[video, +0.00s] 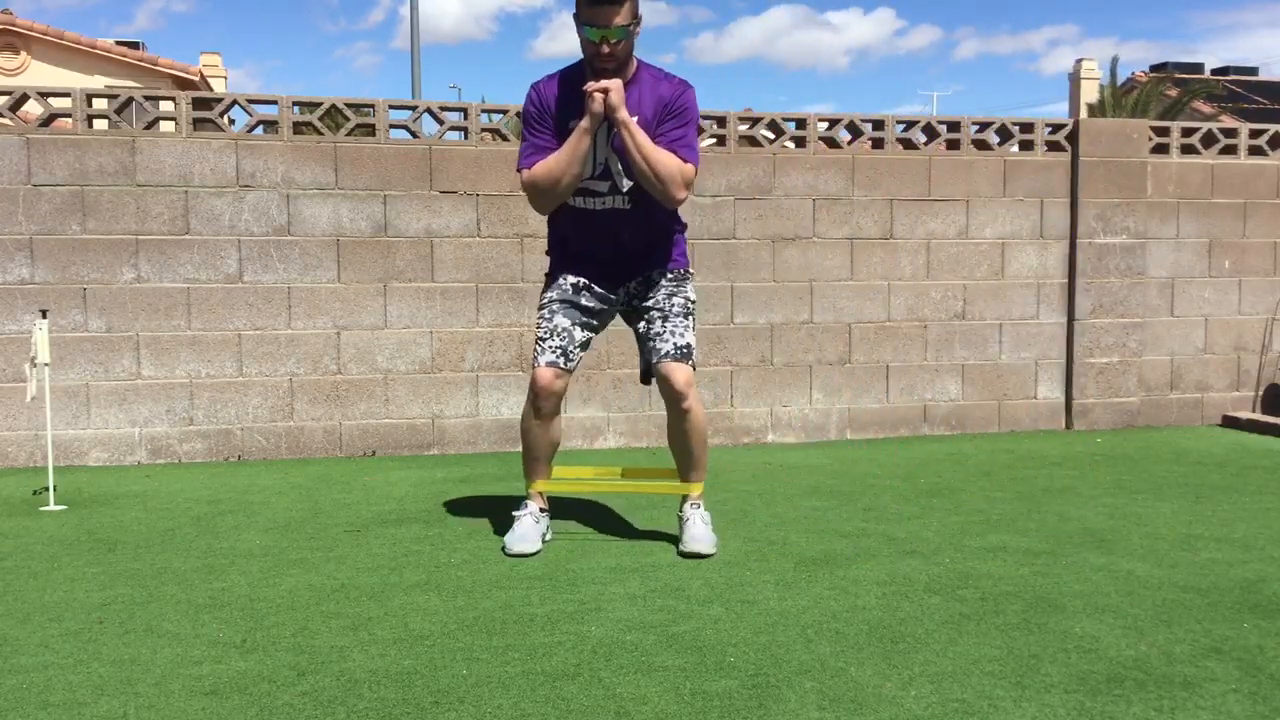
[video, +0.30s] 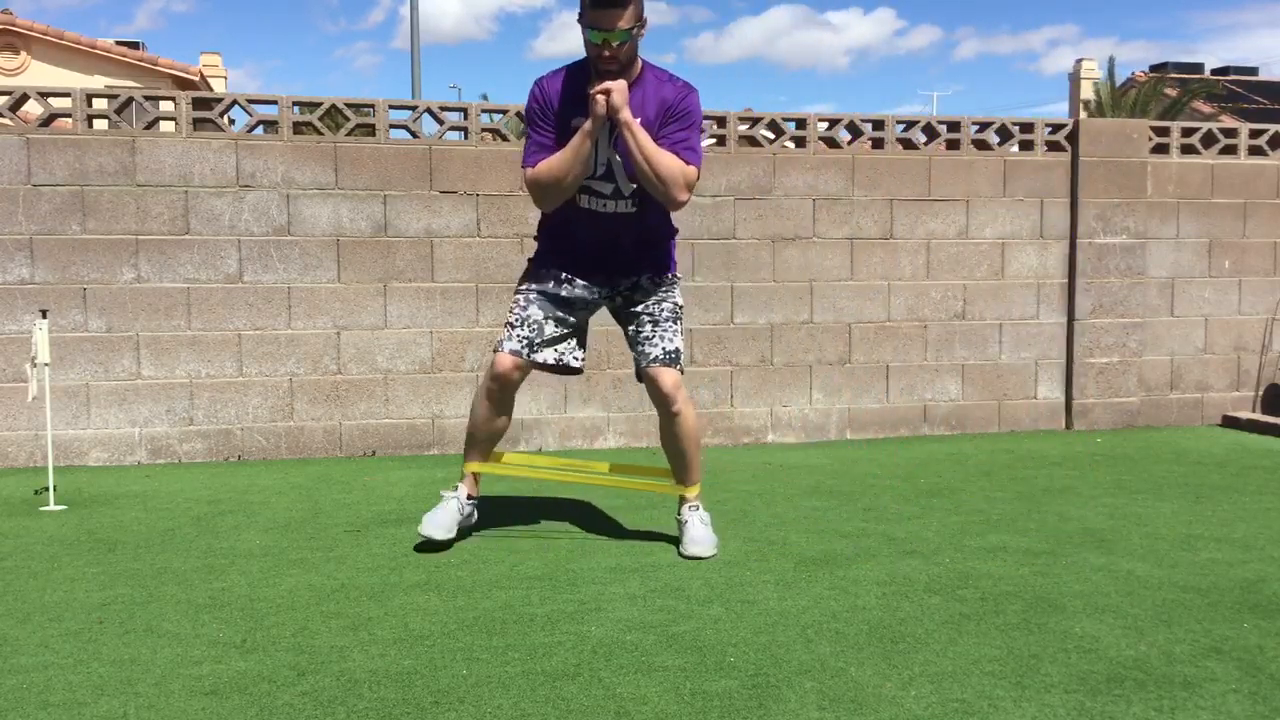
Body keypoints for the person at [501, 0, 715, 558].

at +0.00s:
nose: (604, 46)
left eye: (616, 34)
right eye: (592, 33)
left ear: (637, 24)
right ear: (577, 24)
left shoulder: (672, 94)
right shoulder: (548, 95)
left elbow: (676, 190)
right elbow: (541, 198)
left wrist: (622, 118)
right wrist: (589, 123)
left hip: (657, 265)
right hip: (578, 266)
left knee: (678, 382)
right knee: (544, 384)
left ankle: (694, 505)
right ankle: (534, 505)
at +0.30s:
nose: (606, 48)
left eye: (619, 37)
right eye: (596, 35)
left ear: (642, 26)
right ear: (582, 24)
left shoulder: (675, 96)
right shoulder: (552, 91)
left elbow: (677, 192)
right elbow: (543, 195)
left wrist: (625, 120)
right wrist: (594, 126)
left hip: (644, 266)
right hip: (563, 261)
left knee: (666, 384)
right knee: (503, 370)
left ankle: (692, 506)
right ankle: (465, 493)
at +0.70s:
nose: (463, 67)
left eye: (478, 55)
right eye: (452, 54)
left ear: (498, 49)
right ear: (438, 45)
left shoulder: (531, 120)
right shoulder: (408, 112)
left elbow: (531, 208)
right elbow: (390, 209)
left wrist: (477, 135)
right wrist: (444, 141)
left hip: (516, 290)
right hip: (431, 287)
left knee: (575, 388)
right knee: (357, 393)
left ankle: (671, 498)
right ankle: (332, 510)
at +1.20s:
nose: (345, 44)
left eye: (357, 33)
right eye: (335, 32)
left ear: (386, 24)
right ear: (325, 24)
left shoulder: (432, 93)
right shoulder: (307, 91)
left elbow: (428, 188)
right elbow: (299, 192)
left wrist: (369, 115)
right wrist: (340, 120)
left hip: (428, 258)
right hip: (354, 259)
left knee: (431, 371)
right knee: (322, 380)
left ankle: (473, 505)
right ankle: (328, 508)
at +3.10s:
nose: (770, 47)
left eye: (783, 35)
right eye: (758, 35)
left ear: (805, 26)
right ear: (744, 28)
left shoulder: (846, 91)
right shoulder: (723, 101)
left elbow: (856, 176)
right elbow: (714, 201)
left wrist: (791, 114)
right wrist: (759, 124)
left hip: (823, 271)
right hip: (740, 265)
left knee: (854, 399)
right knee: (664, 371)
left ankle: (884, 513)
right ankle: (607, 486)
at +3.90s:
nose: (875, 43)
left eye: (888, 31)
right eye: (862, 30)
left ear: (905, 31)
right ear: (843, 31)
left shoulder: (940, 97)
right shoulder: (812, 109)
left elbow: (953, 184)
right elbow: (801, 202)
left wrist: (889, 115)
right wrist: (855, 122)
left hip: (933, 280)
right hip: (843, 286)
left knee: (1009, 392)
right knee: (787, 396)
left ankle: (1070, 514)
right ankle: (725, 505)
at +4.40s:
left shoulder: (1036, 57)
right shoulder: (897, 66)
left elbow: (1087, 143)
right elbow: (873, 165)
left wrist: (1049, 160)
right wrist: (945, 162)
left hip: (1008, 255)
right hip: (920, 253)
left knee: (1047, 381)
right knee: (881, 373)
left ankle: (1077, 516)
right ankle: (839, 489)